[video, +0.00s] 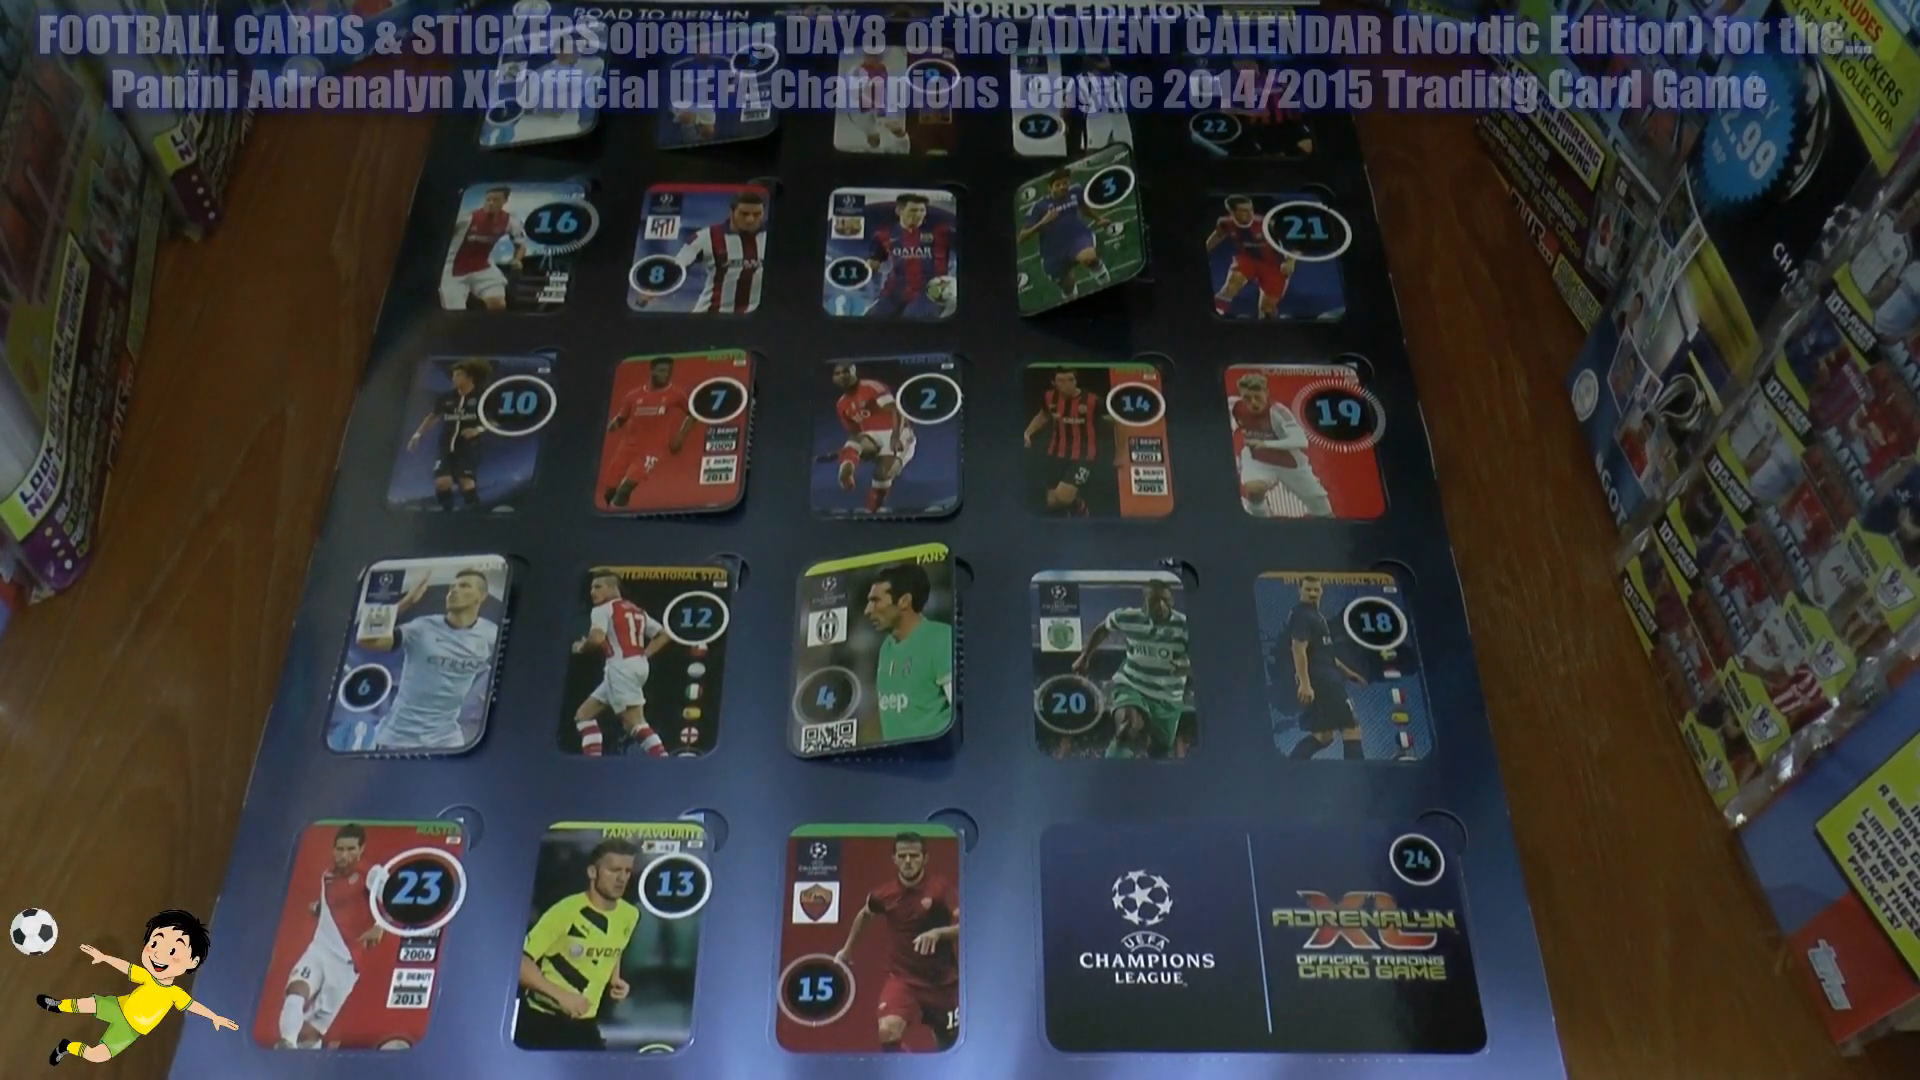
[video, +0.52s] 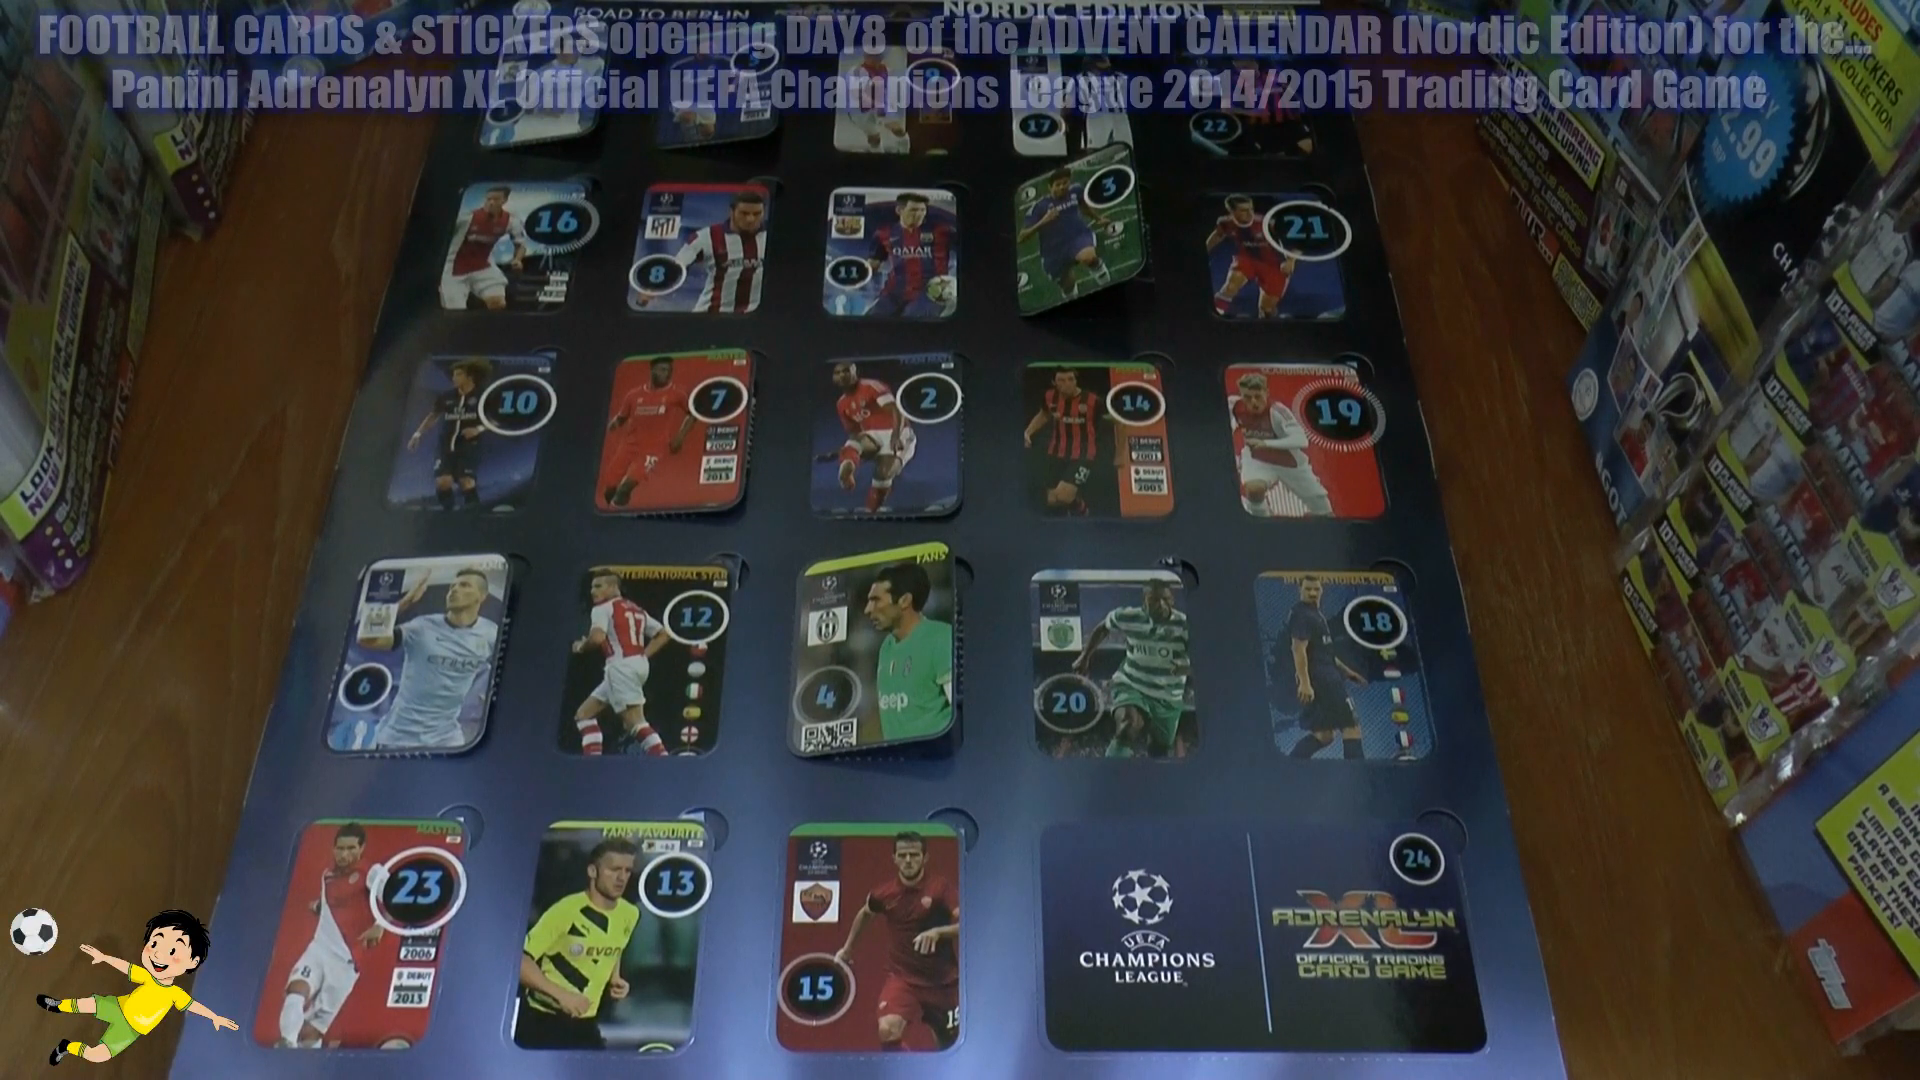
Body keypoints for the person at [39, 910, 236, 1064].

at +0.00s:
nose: (159, 954)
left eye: (172, 952)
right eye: (155, 943)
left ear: (187, 966)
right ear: (145, 945)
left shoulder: (176, 995)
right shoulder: (143, 976)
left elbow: (195, 1007)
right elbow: (124, 966)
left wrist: (215, 1017)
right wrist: (103, 958)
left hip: (131, 1030)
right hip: (119, 1008)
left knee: (99, 1055)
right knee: (88, 1003)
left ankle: (66, 1047)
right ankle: (57, 1006)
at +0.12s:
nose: (159, 955)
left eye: (172, 952)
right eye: (155, 944)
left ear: (189, 965)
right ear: (145, 945)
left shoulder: (176, 995)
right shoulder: (143, 976)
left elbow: (195, 1007)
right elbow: (124, 966)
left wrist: (215, 1017)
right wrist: (103, 958)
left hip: (131, 1030)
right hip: (119, 1008)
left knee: (99, 1055)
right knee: (88, 1003)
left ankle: (66, 1047)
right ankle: (58, 1006)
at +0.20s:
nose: (159, 955)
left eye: (172, 952)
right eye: (155, 944)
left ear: (189, 965)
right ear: (145, 946)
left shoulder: (176, 995)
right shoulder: (143, 976)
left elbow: (195, 1007)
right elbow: (124, 966)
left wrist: (215, 1017)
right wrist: (103, 958)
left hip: (131, 1030)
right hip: (118, 1008)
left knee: (99, 1055)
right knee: (88, 1003)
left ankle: (66, 1047)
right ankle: (58, 1006)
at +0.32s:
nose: (159, 955)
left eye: (172, 952)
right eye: (155, 944)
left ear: (189, 965)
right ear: (145, 946)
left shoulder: (176, 995)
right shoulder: (144, 976)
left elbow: (195, 1007)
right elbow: (124, 966)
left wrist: (215, 1017)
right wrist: (103, 958)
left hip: (131, 1030)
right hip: (118, 1008)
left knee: (99, 1055)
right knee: (88, 1003)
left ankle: (66, 1047)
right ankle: (58, 1006)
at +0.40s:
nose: (159, 955)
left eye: (172, 952)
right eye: (155, 944)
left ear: (189, 965)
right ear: (145, 946)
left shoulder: (176, 995)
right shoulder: (143, 976)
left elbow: (195, 1007)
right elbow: (124, 966)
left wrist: (215, 1017)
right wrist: (103, 958)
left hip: (131, 1030)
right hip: (118, 1008)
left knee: (99, 1055)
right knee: (88, 1003)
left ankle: (66, 1047)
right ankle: (58, 1006)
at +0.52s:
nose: (159, 955)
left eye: (172, 952)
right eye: (155, 944)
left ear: (189, 965)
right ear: (145, 946)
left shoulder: (176, 995)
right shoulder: (143, 976)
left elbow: (195, 1007)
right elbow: (124, 966)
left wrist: (215, 1017)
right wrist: (103, 958)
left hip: (131, 1030)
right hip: (118, 1008)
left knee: (99, 1055)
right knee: (88, 1003)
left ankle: (66, 1047)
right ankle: (58, 1006)